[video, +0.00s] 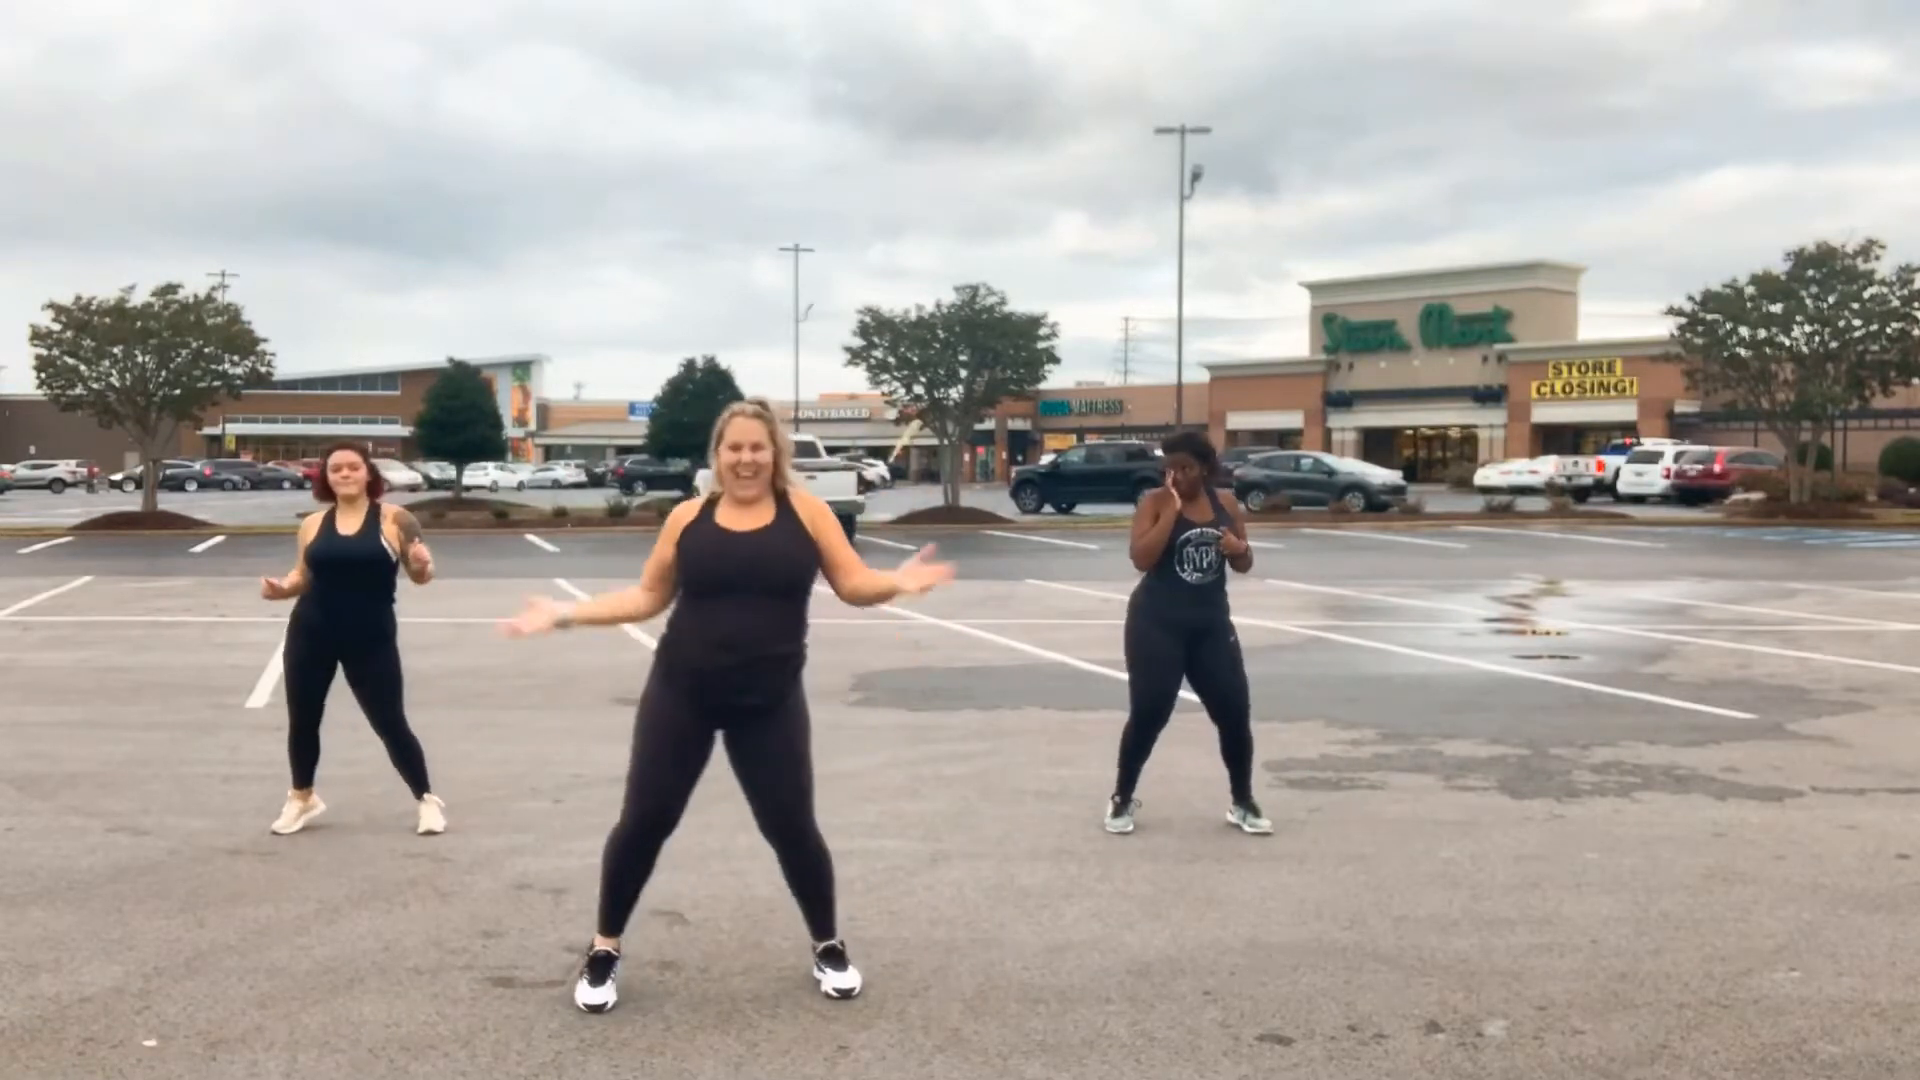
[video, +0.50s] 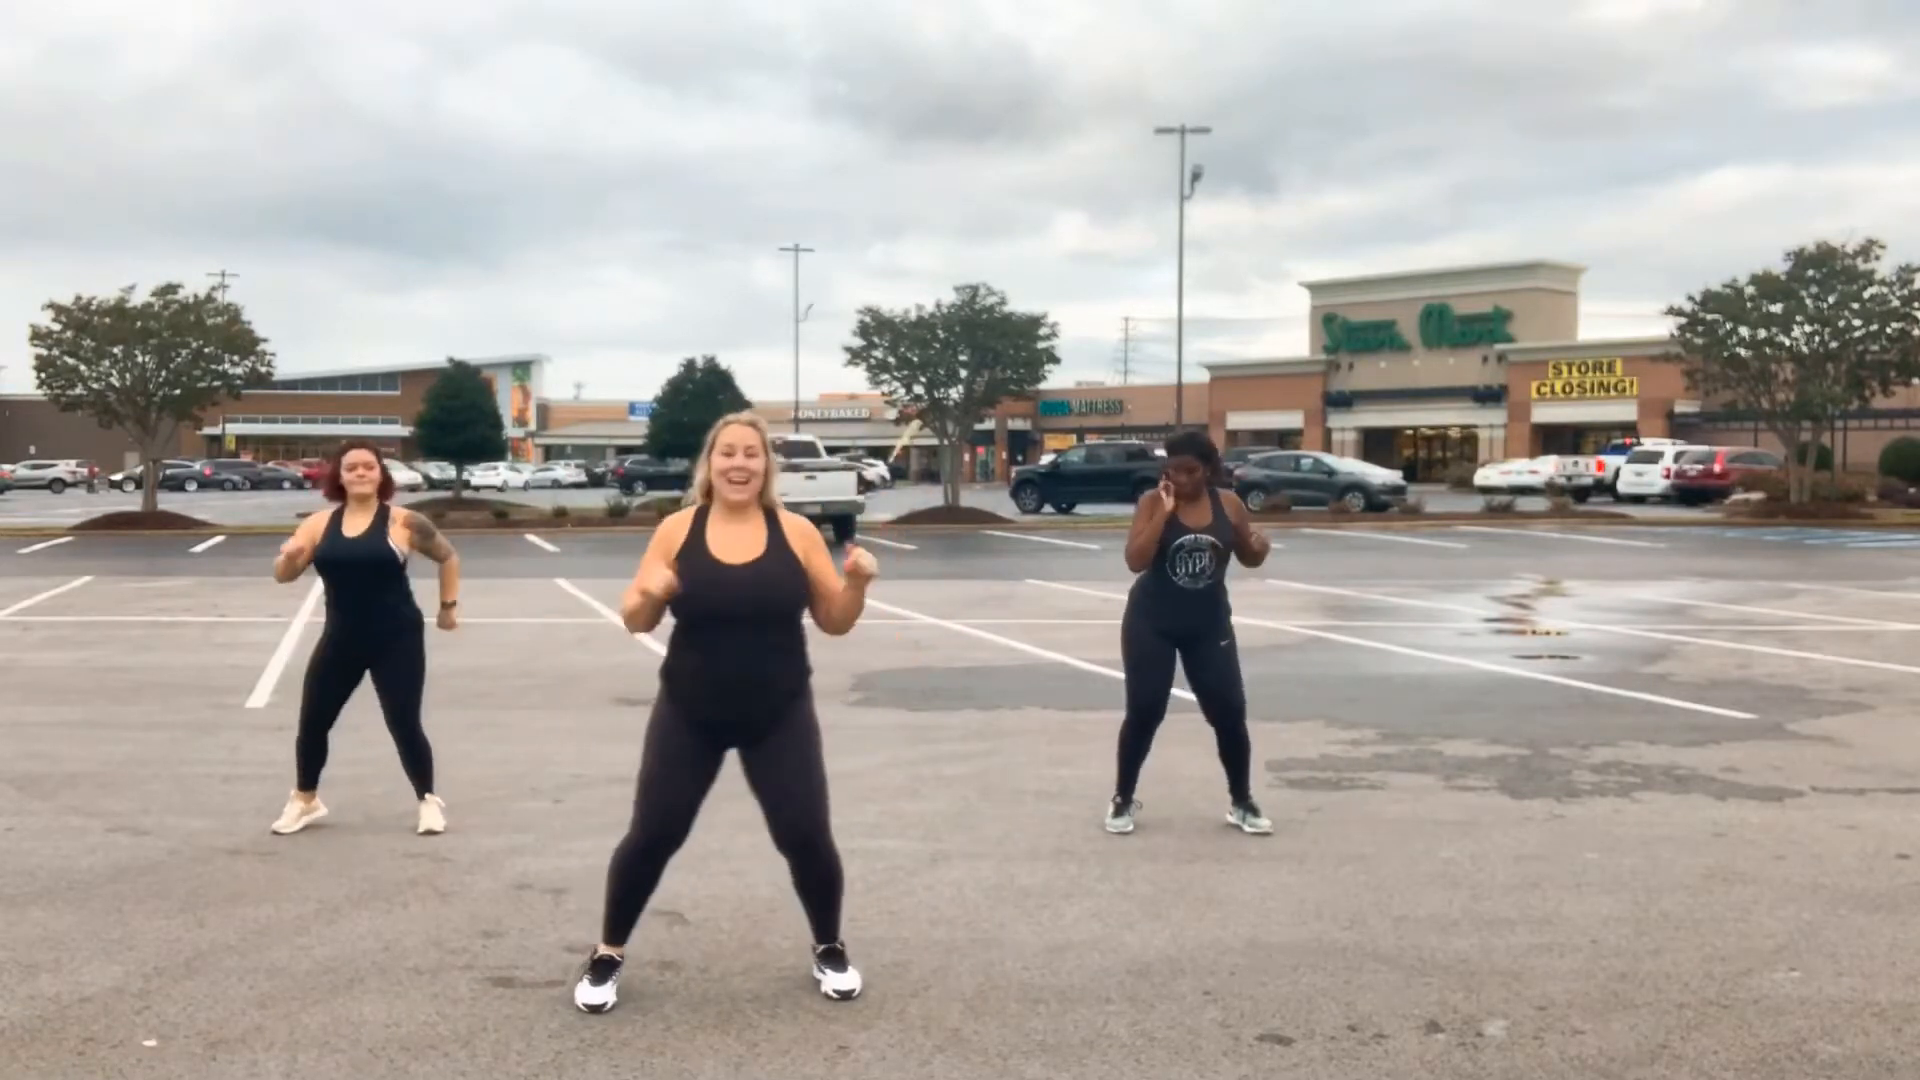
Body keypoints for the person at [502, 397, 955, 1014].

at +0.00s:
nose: (746, 458)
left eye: (757, 447)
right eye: (734, 447)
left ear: (776, 453)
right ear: (716, 454)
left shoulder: (806, 512)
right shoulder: (687, 517)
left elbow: (852, 583)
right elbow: (647, 597)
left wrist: (897, 580)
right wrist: (563, 612)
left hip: (769, 697)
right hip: (680, 694)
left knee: (793, 828)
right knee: (644, 823)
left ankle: (828, 948)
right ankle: (604, 948)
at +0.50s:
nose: (739, 463)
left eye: (751, 453)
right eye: (728, 452)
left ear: (768, 464)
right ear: (709, 464)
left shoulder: (797, 533)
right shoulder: (678, 528)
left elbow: (835, 621)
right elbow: (637, 623)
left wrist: (856, 585)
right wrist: (652, 595)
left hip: (780, 713)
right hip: (690, 711)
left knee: (808, 839)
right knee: (653, 835)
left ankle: (830, 952)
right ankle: (607, 955)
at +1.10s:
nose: (799, 463)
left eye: (811, 454)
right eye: (787, 455)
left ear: (828, 468)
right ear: (769, 470)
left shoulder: (859, 532)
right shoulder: (746, 540)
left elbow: (895, 622)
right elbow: (722, 635)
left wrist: (883, 704)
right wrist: (788, 680)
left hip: (843, 706)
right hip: (760, 707)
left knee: (876, 819)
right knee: (768, 835)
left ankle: (851, 937)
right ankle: (753, 951)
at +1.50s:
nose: (856, 455)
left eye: (867, 446)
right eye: (844, 447)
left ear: (886, 458)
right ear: (827, 460)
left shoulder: (913, 524)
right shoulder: (800, 525)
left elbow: (984, 589)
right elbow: (761, 611)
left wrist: (932, 579)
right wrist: (814, 647)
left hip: (906, 701)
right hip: (821, 704)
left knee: (931, 820)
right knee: (784, 821)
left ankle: (964, 938)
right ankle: (756, 936)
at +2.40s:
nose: (769, 445)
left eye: (780, 436)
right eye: (757, 436)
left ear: (797, 451)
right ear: (738, 451)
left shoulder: (821, 518)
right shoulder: (705, 514)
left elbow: (845, 610)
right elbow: (658, 576)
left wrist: (816, 574)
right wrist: (678, 635)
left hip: (797, 695)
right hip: (719, 694)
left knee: (816, 818)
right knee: (713, 820)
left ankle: (817, 933)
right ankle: (643, 929)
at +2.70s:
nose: (731, 457)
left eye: (742, 448)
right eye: (720, 448)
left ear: (760, 460)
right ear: (701, 460)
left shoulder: (786, 529)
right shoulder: (675, 525)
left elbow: (819, 615)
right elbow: (602, 588)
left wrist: (787, 664)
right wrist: (660, 610)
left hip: (746, 702)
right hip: (664, 696)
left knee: (784, 827)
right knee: (631, 818)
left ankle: (809, 931)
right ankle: (598, 943)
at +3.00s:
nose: (764, 445)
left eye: (775, 435)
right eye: (753, 436)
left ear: (792, 449)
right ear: (734, 450)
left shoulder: (821, 512)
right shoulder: (705, 513)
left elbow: (883, 570)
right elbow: (675, 602)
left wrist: (854, 599)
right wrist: (738, 625)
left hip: (808, 686)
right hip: (726, 686)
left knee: (803, 814)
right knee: (678, 803)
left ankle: (813, 935)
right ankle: (652, 931)